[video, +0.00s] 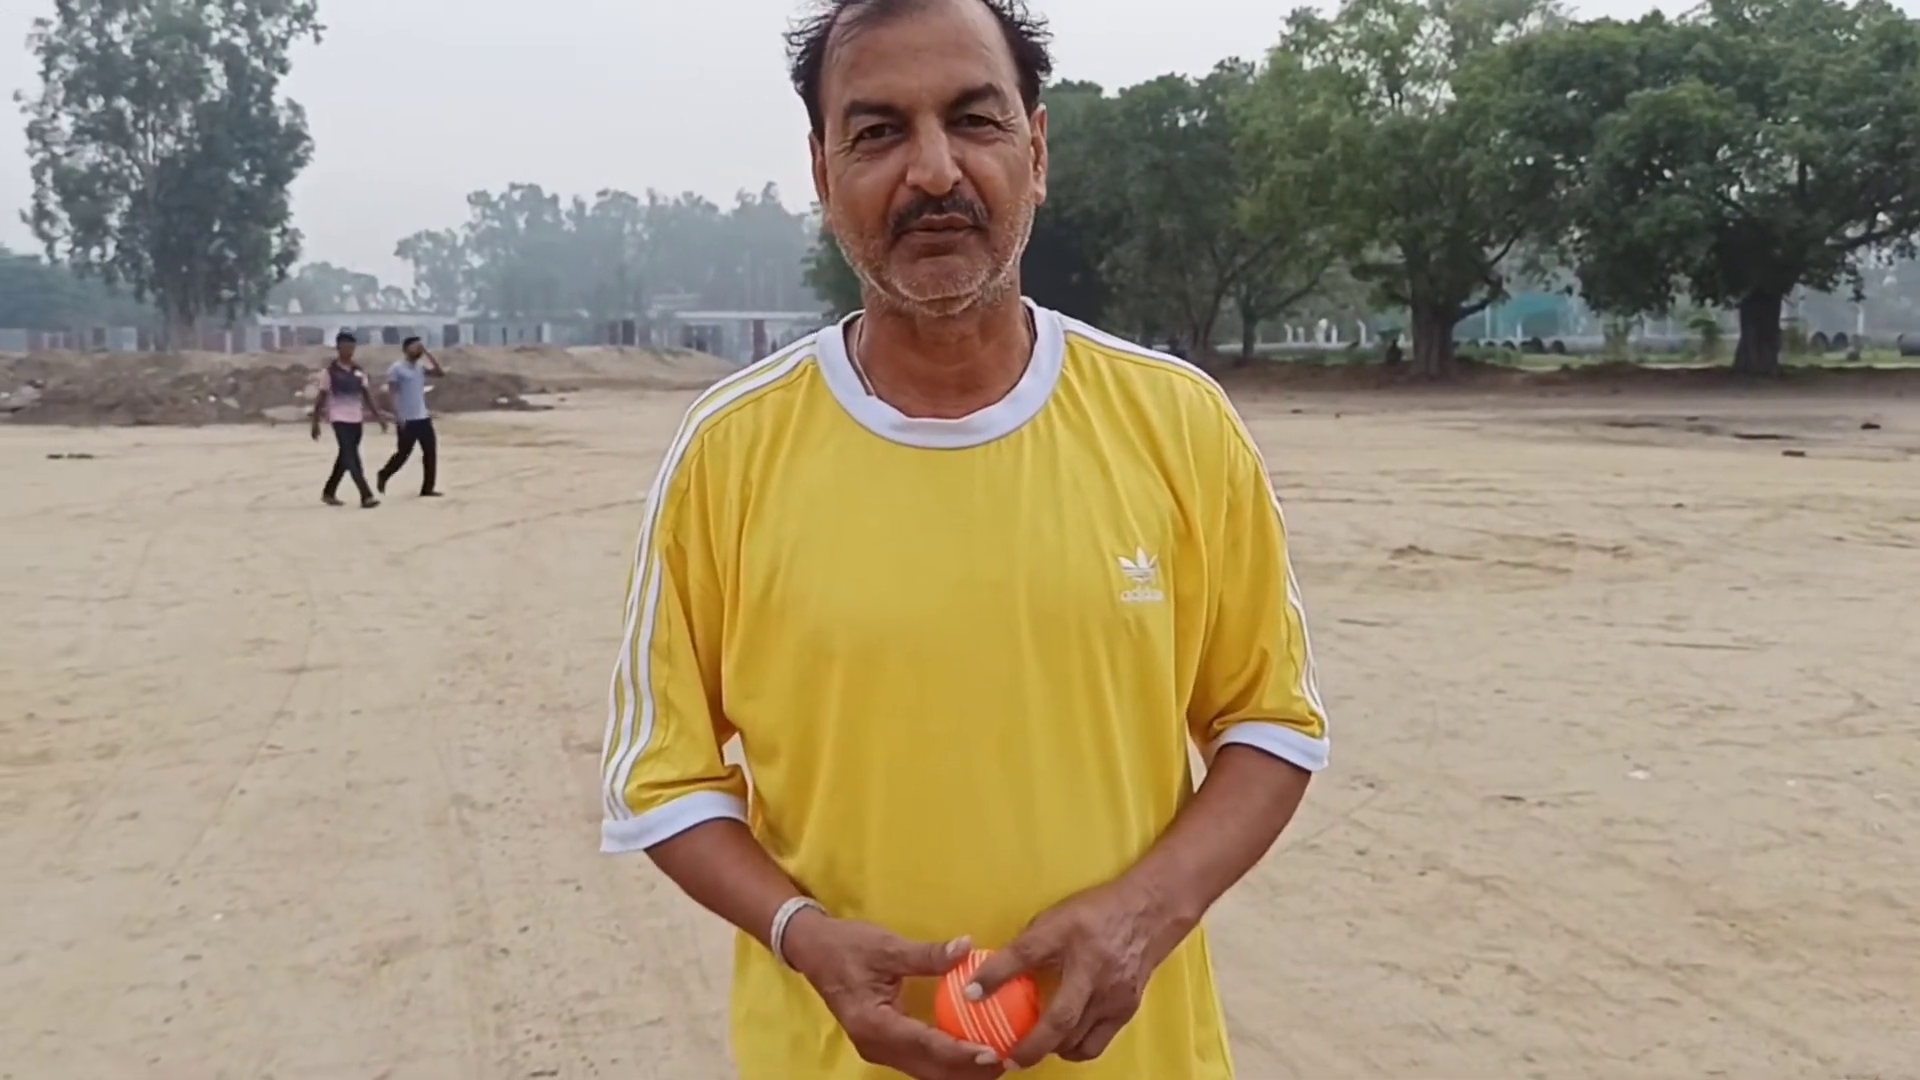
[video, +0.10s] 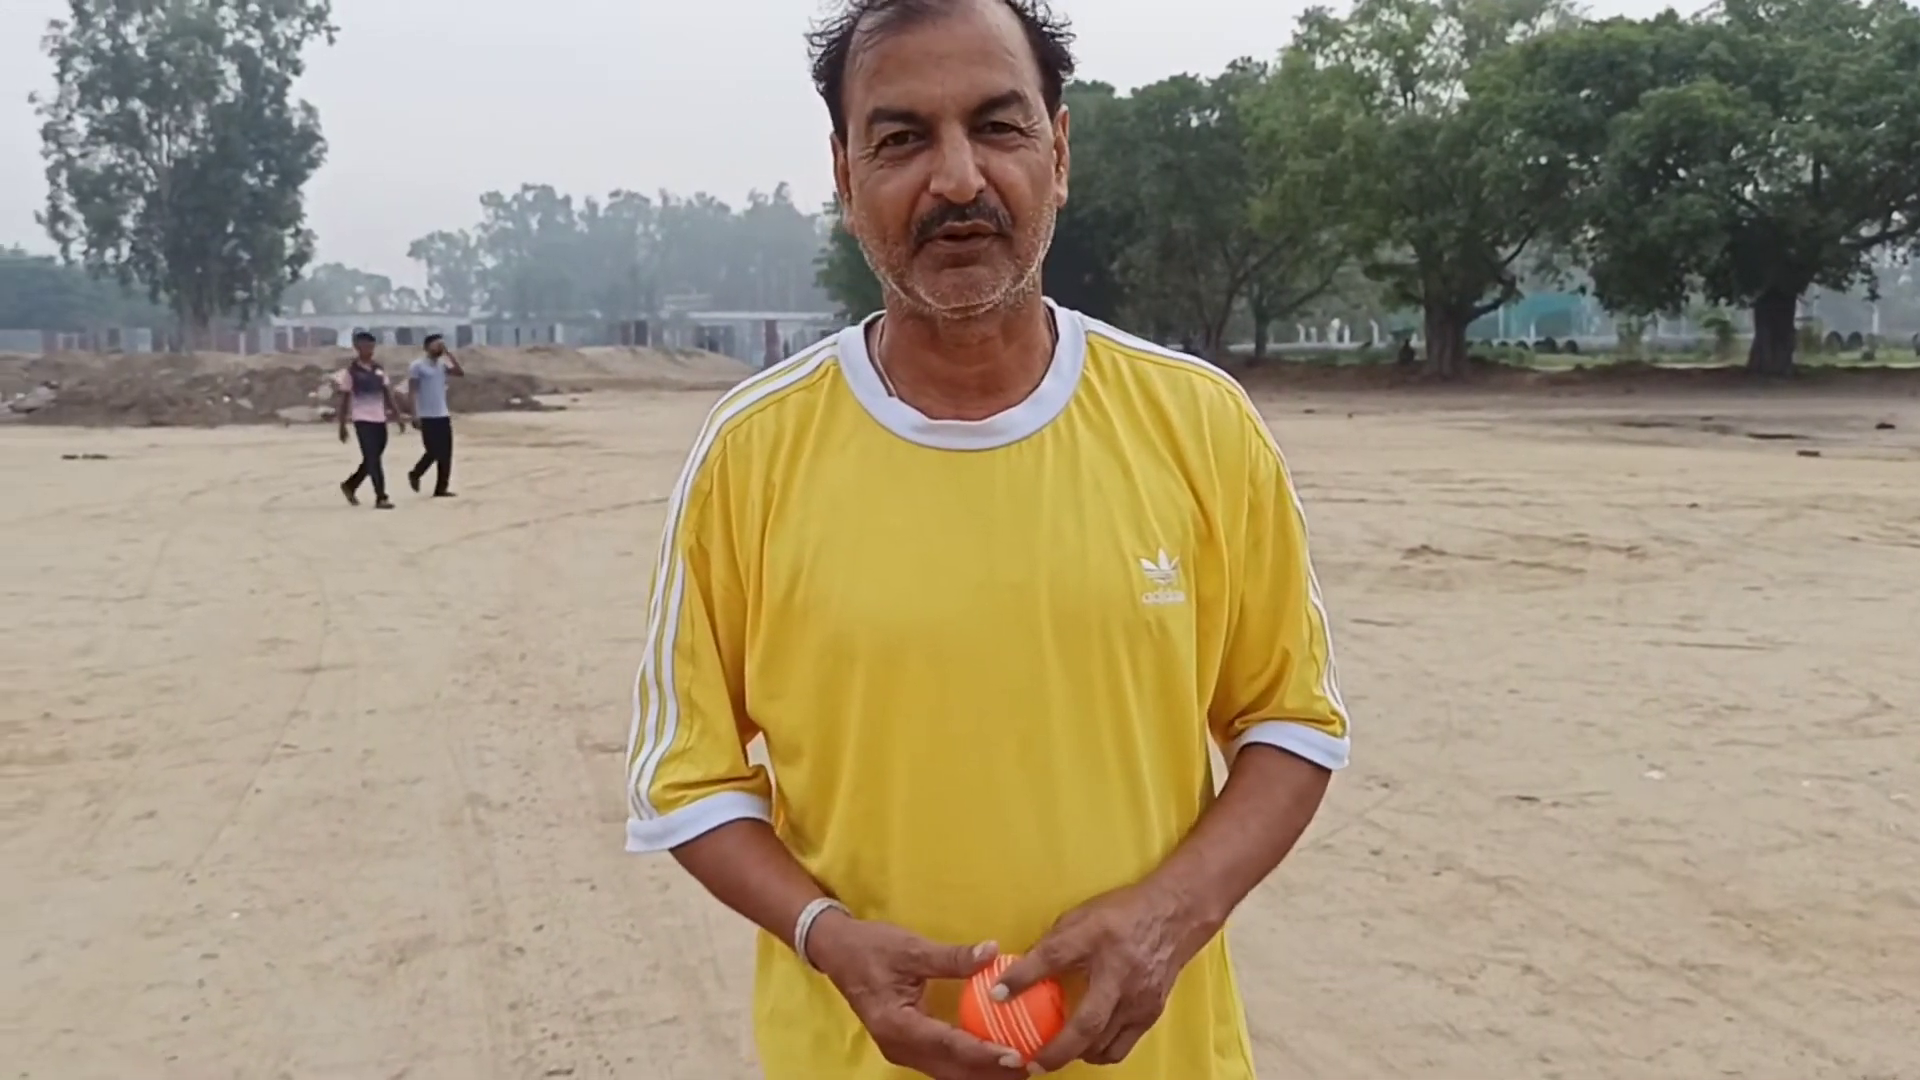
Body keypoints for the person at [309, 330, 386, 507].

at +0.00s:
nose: (348, 351)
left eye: (351, 348)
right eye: (344, 347)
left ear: (354, 348)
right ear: (338, 348)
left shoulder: (359, 372)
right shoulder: (329, 372)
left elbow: (367, 397)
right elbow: (321, 398)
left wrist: (379, 416)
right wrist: (315, 423)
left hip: (356, 420)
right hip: (339, 419)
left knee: (344, 458)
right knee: (351, 458)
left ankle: (329, 491)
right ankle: (366, 495)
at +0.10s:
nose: (368, 351)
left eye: (371, 347)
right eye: (364, 347)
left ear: (374, 348)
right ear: (357, 348)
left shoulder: (379, 370)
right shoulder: (350, 372)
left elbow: (389, 395)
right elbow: (344, 399)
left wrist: (398, 416)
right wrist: (342, 425)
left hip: (379, 418)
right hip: (362, 418)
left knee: (373, 457)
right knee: (372, 457)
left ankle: (350, 484)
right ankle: (381, 495)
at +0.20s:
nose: (382, 349)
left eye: (384, 345)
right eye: (378, 345)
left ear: (389, 346)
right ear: (372, 346)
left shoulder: (394, 368)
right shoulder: (367, 370)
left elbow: (401, 394)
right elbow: (364, 398)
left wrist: (410, 414)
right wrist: (367, 423)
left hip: (396, 418)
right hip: (379, 418)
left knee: (402, 452)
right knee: (385, 456)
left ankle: (377, 478)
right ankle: (390, 494)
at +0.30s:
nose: (394, 347)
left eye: (396, 344)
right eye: (390, 344)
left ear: (401, 345)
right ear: (385, 345)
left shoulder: (407, 367)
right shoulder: (379, 369)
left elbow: (413, 392)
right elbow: (380, 396)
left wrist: (419, 412)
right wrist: (388, 418)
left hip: (410, 417)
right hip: (392, 418)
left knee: (418, 453)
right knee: (392, 460)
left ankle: (402, 484)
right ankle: (396, 495)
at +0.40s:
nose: (405, 347)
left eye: (408, 343)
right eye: (402, 343)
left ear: (411, 344)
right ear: (395, 344)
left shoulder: (417, 367)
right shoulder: (390, 369)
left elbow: (423, 394)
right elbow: (392, 396)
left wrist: (429, 414)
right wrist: (409, 415)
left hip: (420, 418)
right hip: (400, 419)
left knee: (429, 458)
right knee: (399, 460)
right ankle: (399, 496)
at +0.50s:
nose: (418, 347)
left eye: (421, 343)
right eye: (414, 343)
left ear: (424, 344)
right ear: (407, 344)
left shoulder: (429, 368)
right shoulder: (403, 368)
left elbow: (435, 395)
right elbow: (403, 395)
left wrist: (440, 416)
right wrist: (425, 412)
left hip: (431, 419)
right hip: (411, 419)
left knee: (437, 460)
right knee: (406, 460)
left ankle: (447, 494)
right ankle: (403, 494)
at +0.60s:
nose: (430, 348)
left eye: (433, 344)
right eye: (427, 344)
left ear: (436, 345)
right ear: (420, 345)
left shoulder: (441, 368)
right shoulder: (415, 369)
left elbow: (445, 393)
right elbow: (415, 397)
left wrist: (450, 413)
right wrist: (435, 414)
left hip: (444, 420)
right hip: (425, 420)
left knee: (449, 460)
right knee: (417, 459)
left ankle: (452, 496)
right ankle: (407, 493)